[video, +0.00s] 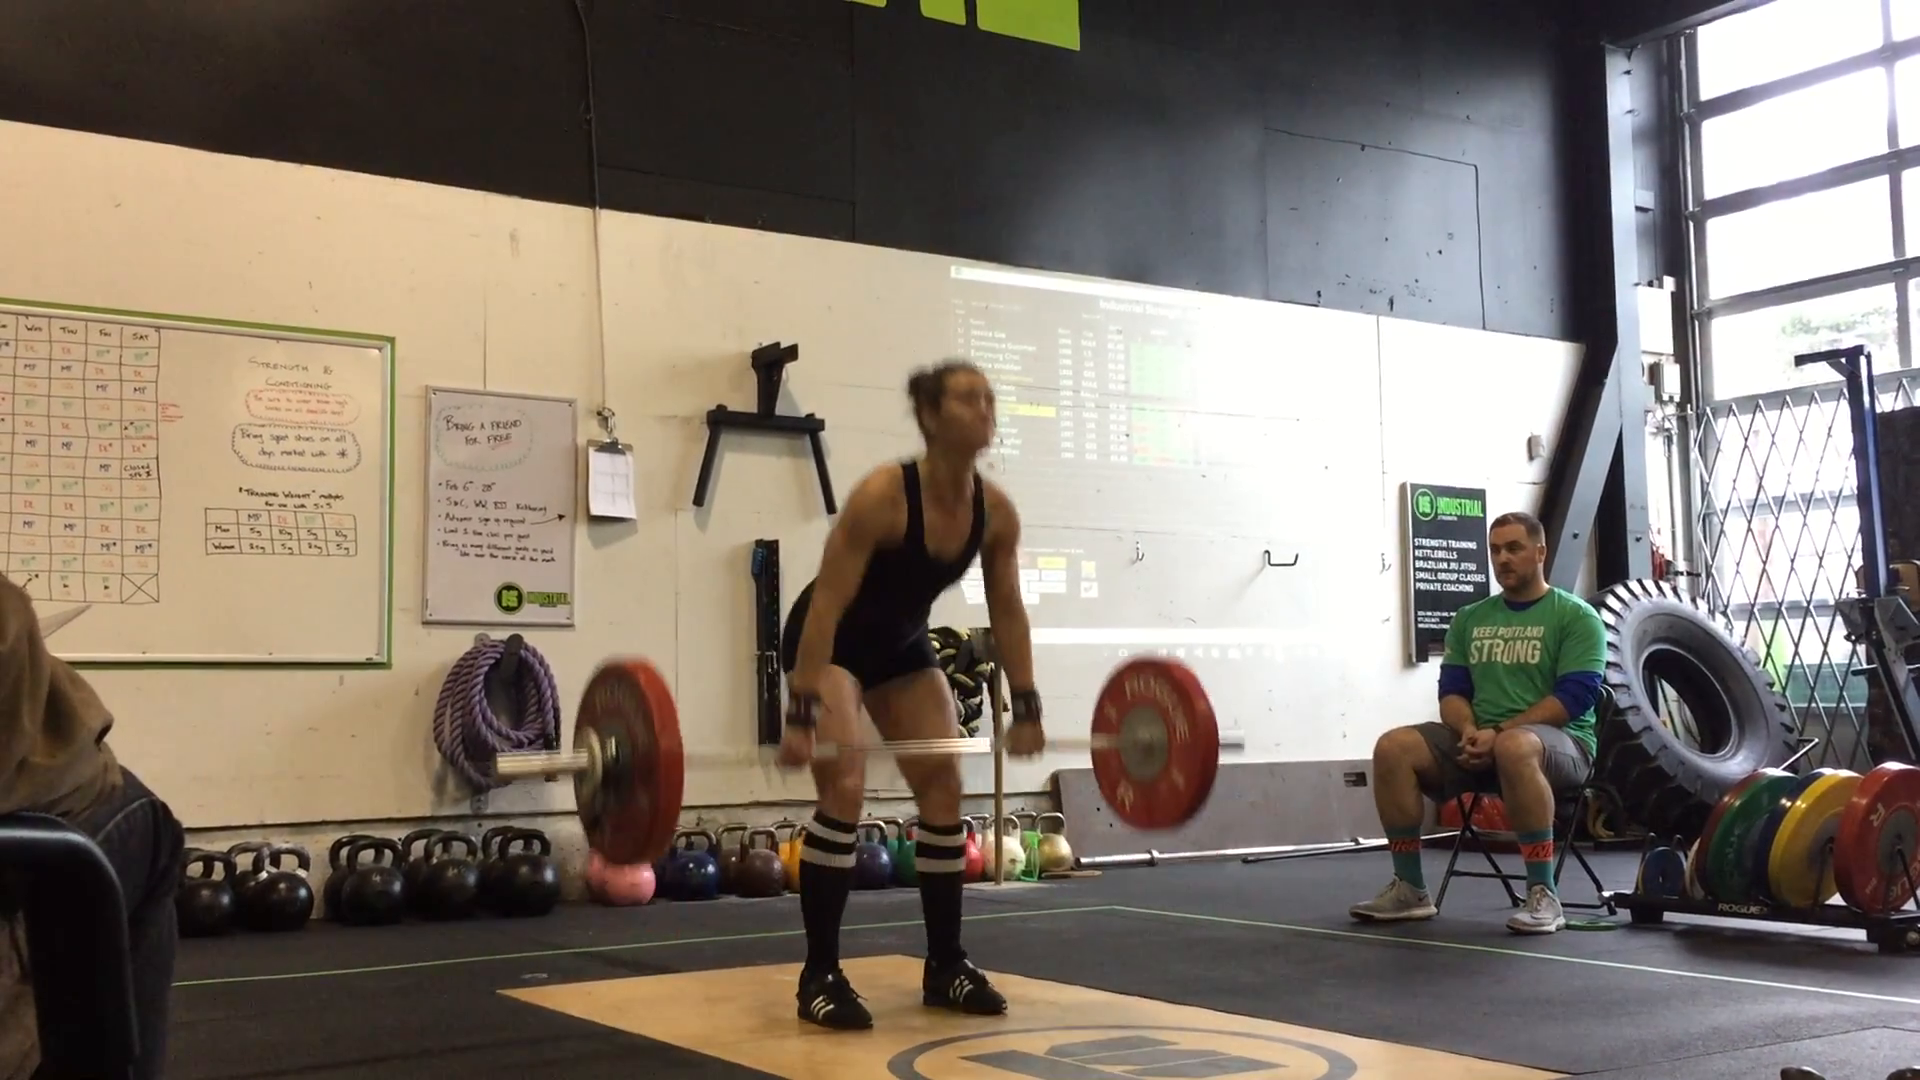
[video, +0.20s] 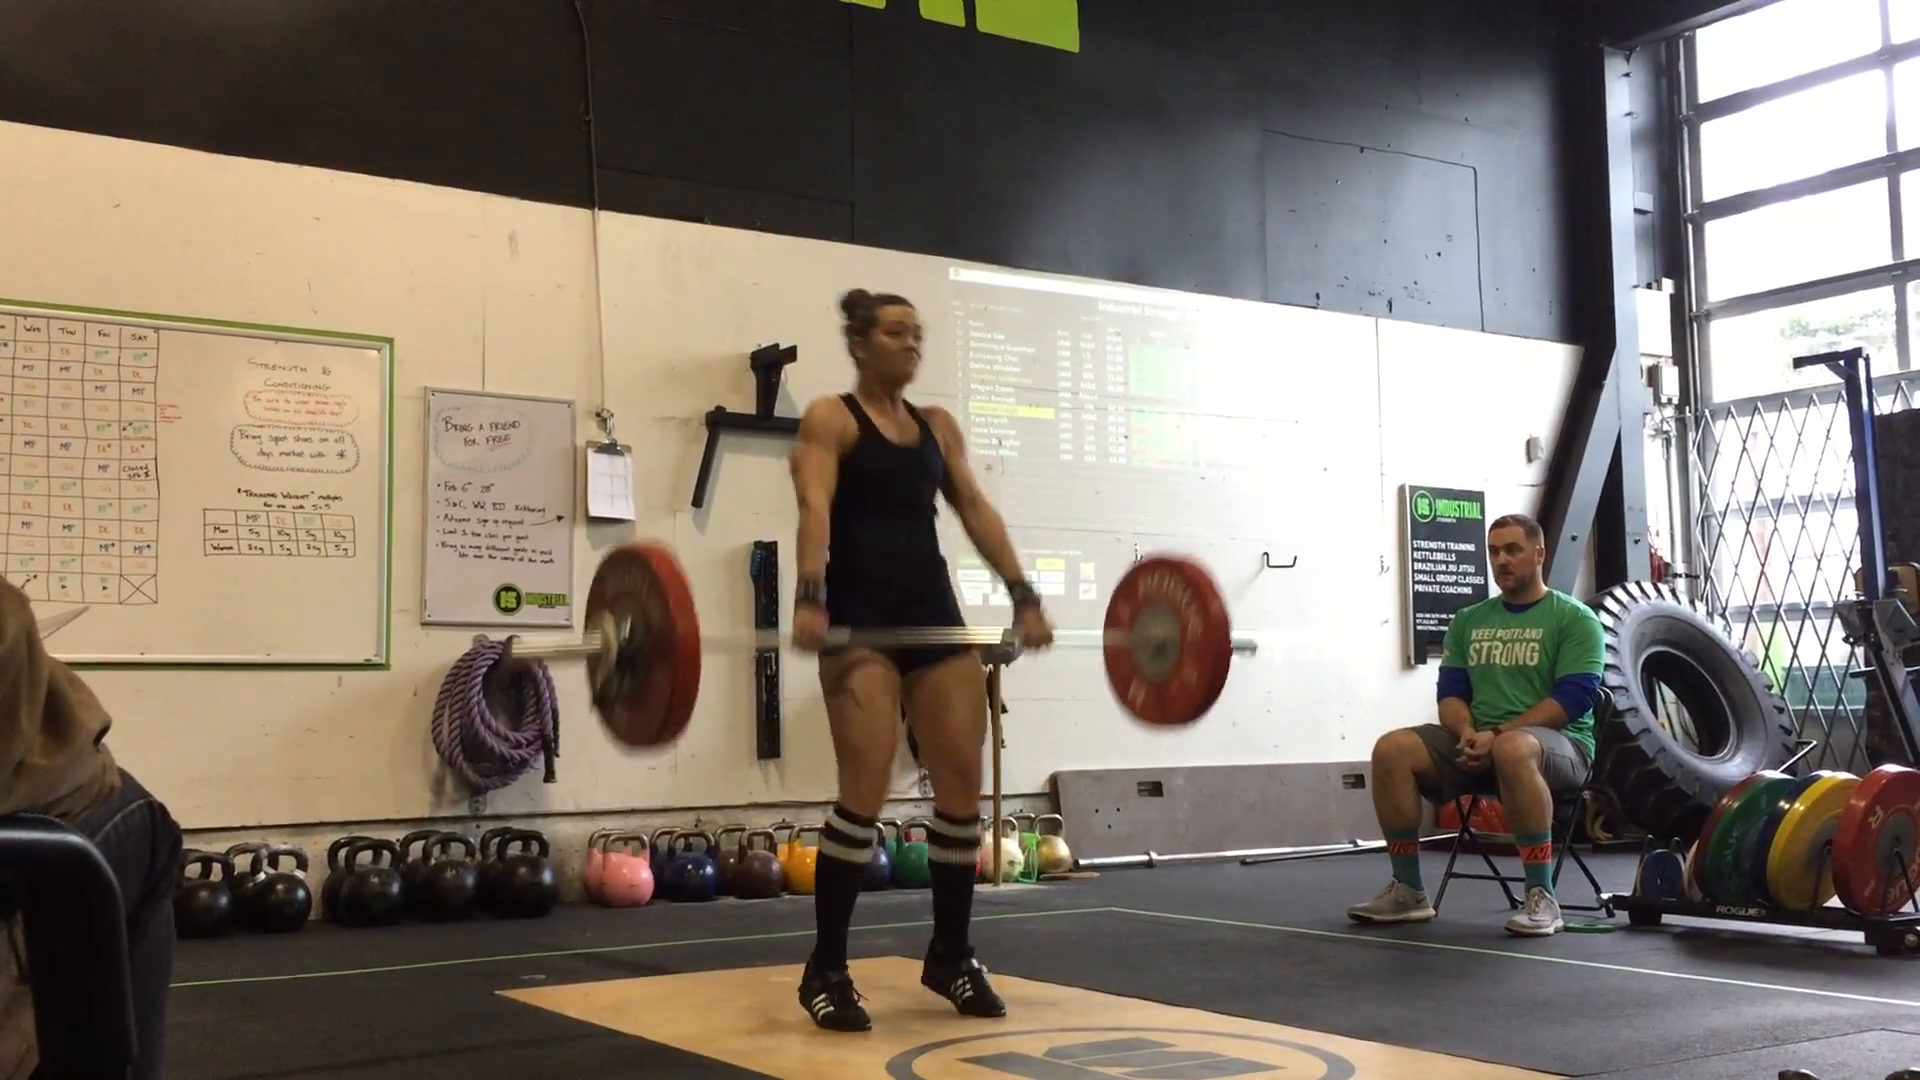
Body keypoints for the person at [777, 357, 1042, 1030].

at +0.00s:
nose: (984, 411)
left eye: (988, 400)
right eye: (968, 400)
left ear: (993, 416)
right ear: (929, 415)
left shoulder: (995, 510)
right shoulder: (880, 495)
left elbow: (1006, 609)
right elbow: (826, 601)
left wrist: (1025, 705)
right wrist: (802, 705)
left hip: (901, 642)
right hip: (830, 636)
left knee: (942, 784)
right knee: (844, 790)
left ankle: (945, 969)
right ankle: (820, 975)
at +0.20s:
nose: (912, 344)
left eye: (916, 334)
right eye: (898, 333)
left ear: (917, 346)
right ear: (860, 342)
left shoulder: (936, 425)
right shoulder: (829, 418)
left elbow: (975, 509)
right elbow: (815, 508)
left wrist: (1024, 592)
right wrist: (810, 591)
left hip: (937, 622)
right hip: (858, 625)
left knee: (963, 787)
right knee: (864, 791)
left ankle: (950, 959)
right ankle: (827, 971)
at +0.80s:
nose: (949, 557)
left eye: (954, 545)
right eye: (934, 545)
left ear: (960, 556)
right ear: (897, 559)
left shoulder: (981, 644)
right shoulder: (872, 642)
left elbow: (1074, 629)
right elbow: (897, 638)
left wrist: (1035, 598)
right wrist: (843, 595)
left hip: (940, 822)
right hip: (859, 817)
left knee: (1064, 854)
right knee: (856, 860)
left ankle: (974, 971)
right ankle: (823, 983)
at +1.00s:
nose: (949, 602)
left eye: (954, 591)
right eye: (932, 592)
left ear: (959, 601)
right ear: (893, 608)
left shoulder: (982, 693)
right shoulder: (870, 692)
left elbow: (1075, 674)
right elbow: (896, 684)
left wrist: (1011, 644)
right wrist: (837, 640)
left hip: (951, 869)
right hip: (875, 868)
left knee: (1075, 858)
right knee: (845, 863)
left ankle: (974, 970)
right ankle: (822, 985)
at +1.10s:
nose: (950, 598)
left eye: (954, 587)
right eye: (933, 587)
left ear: (960, 598)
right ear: (895, 602)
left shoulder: (982, 687)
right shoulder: (868, 682)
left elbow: (1077, 680)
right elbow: (894, 684)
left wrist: (1027, 641)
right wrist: (837, 636)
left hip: (942, 856)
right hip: (865, 852)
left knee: (1068, 851)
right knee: (863, 865)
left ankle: (974, 970)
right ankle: (822, 984)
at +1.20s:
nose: (952, 576)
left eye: (957, 566)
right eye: (937, 566)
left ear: (964, 577)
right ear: (900, 578)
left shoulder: (980, 663)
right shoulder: (868, 656)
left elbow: (1077, 662)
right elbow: (896, 666)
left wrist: (1034, 621)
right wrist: (842, 616)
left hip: (936, 831)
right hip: (856, 825)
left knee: (1057, 842)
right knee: (872, 854)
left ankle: (974, 970)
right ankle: (823, 985)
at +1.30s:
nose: (955, 549)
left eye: (960, 537)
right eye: (940, 537)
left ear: (966, 548)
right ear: (902, 549)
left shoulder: (980, 636)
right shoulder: (869, 629)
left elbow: (1076, 635)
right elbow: (898, 639)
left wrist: (1037, 594)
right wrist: (841, 587)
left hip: (930, 799)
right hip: (851, 792)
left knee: (1044, 837)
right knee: (884, 847)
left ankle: (975, 970)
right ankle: (824, 982)